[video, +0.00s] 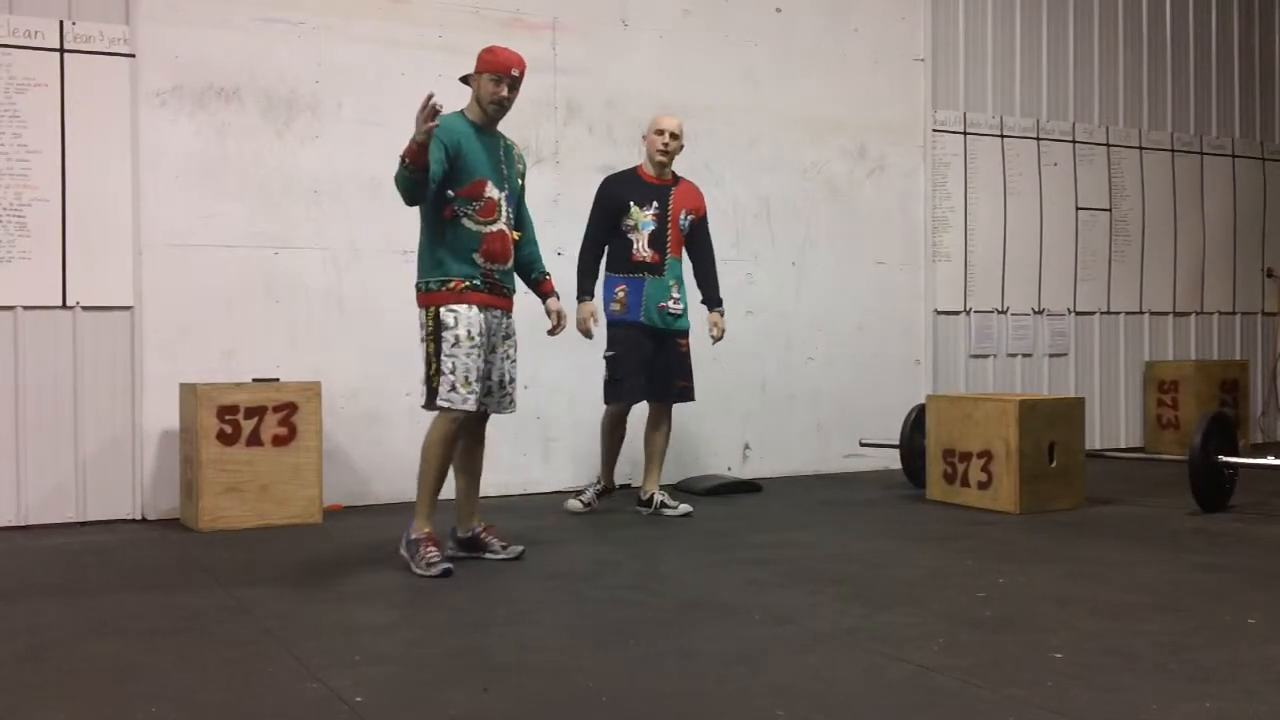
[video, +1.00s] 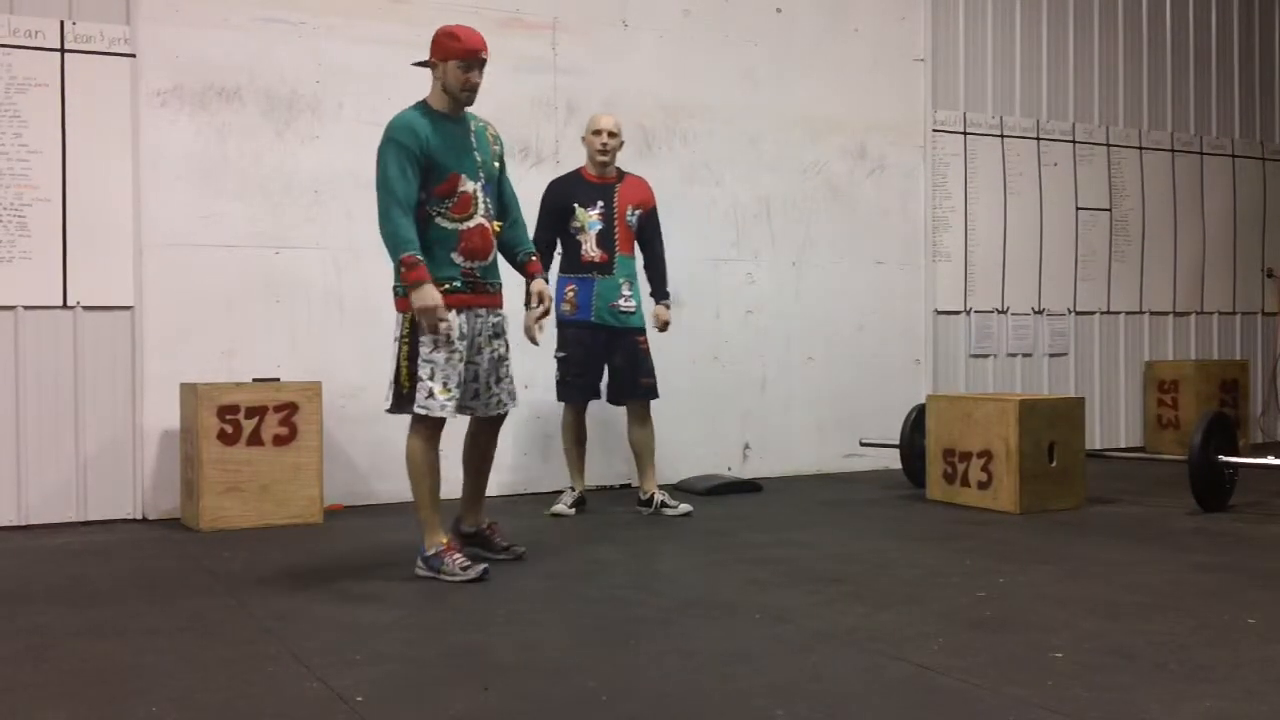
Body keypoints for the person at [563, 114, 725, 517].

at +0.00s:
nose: (666, 142)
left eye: (674, 137)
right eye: (660, 134)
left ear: (682, 146)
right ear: (646, 139)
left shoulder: (690, 196)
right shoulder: (615, 187)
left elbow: (702, 255)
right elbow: (592, 246)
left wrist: (714, 306)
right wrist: (585, 299)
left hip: (671, 315)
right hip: (626, 312)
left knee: (662, 403)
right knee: (619, 403)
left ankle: (650, 491)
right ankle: (605, 482)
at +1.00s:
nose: (605, 140)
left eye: (612, 134)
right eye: (597, 134)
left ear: (621, 142)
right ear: (585, 140)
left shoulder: (638, 189)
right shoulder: (561, 190)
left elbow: (652, 248)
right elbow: (542, 250)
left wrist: (661, 299)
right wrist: (534, 302)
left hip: (627, 318)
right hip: (577, 318)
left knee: (639, 404)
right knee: (574, 405)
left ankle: (649, 491)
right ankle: (575, 490)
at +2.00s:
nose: (610, 139)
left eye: (616, 133)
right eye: (602, 133)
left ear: (624, 140)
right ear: (587, 140)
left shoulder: (640, 188)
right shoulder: (565, 190)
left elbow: (652, 250)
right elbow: (548, 252)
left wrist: (658, 303)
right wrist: (541, 305)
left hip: (632, 316)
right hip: (582, 317)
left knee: (640, 403)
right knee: (578, 404)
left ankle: (646, 490)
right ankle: (576, 489)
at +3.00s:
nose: (650, 148)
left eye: (656, 141)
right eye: (642, 140)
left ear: (662, 143)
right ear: (624, 139)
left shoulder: (671, 187)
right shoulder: (599, 186)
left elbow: (681, 249)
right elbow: (578, 249)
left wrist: (687, 303)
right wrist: (576, 307)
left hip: (658, 313)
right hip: (612, 312)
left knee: (659, 402)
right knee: (613, 401)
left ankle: (648, 488)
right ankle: (611, 490)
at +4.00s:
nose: (651, 139)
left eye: (656, 132)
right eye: (642, 132)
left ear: (662, 135)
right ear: (624, 134)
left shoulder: (672, 183)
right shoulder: (599, 184)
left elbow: (685, 245)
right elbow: (584, 250)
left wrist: (696, 298)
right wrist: (591, 305)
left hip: (660, 312)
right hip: (615, 313)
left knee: (655, 403)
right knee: (619, 404)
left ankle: (650, 491)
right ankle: (617, 492)